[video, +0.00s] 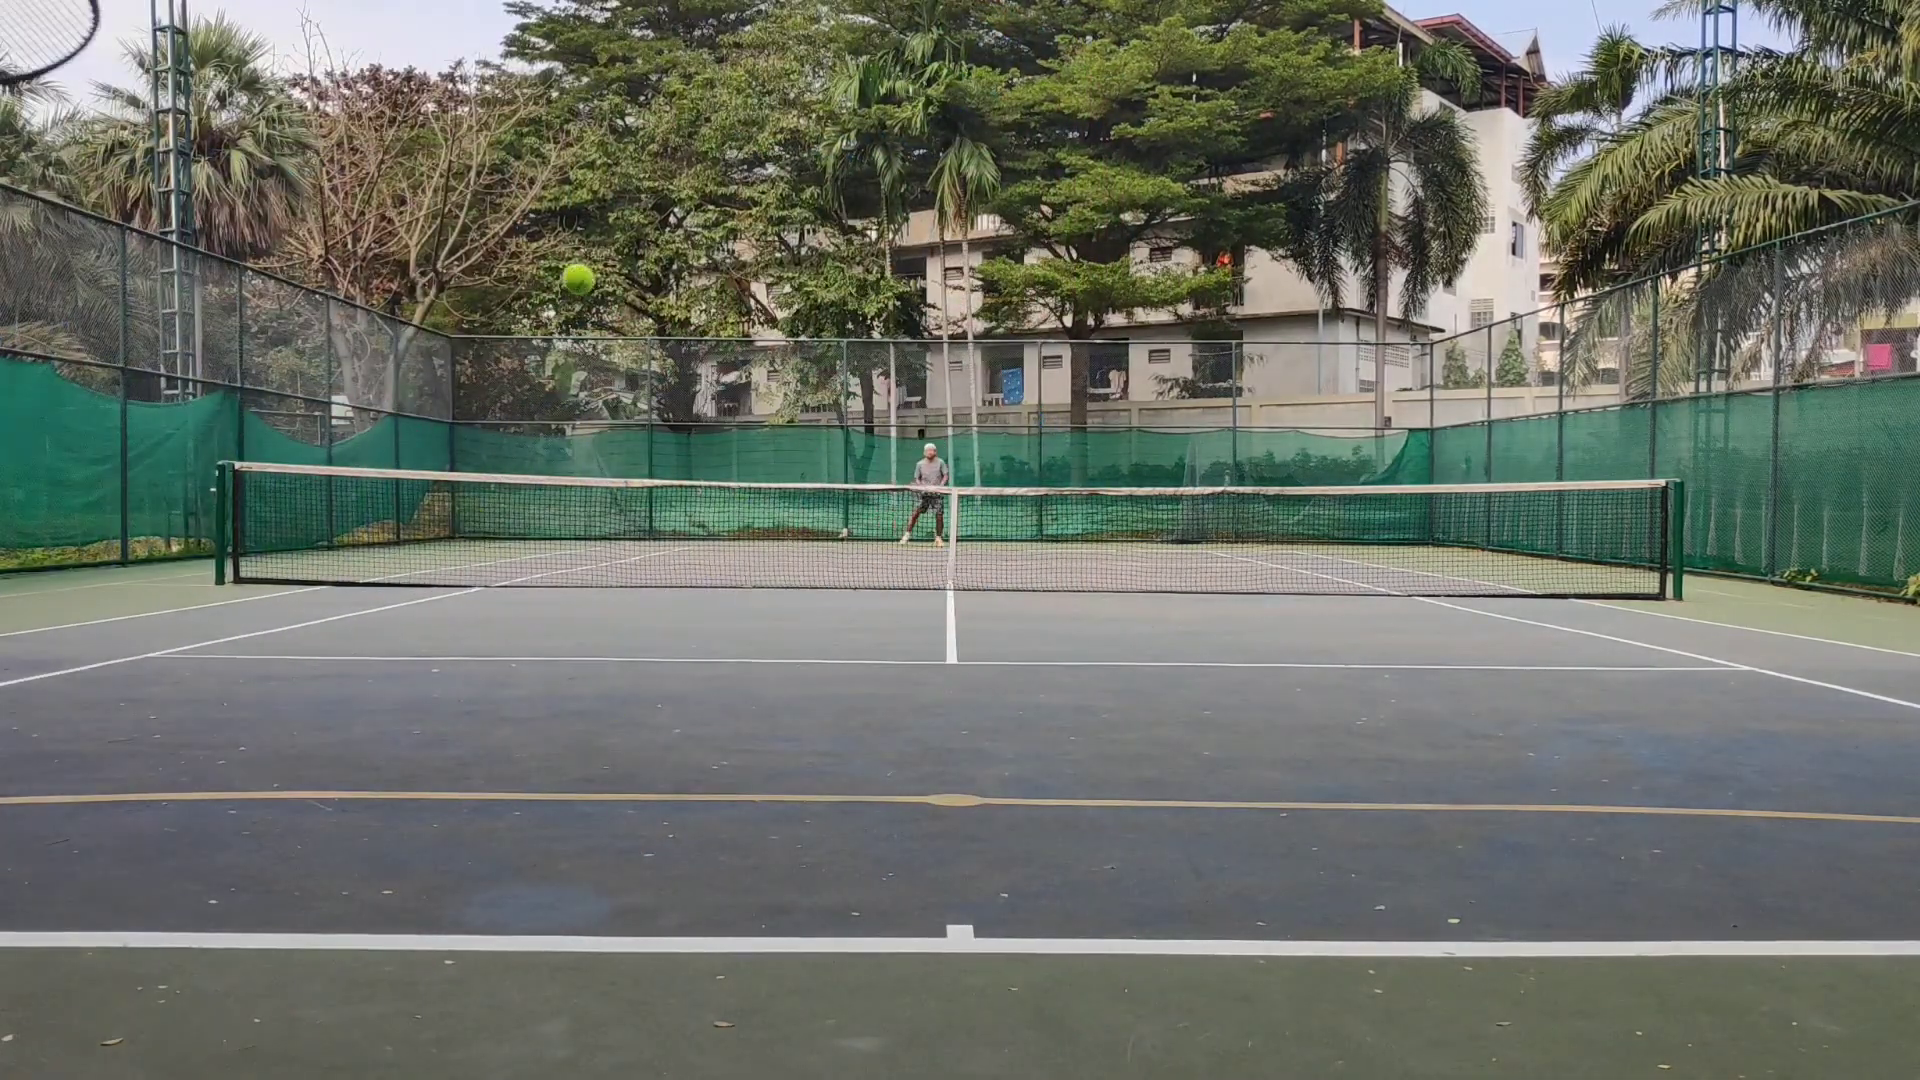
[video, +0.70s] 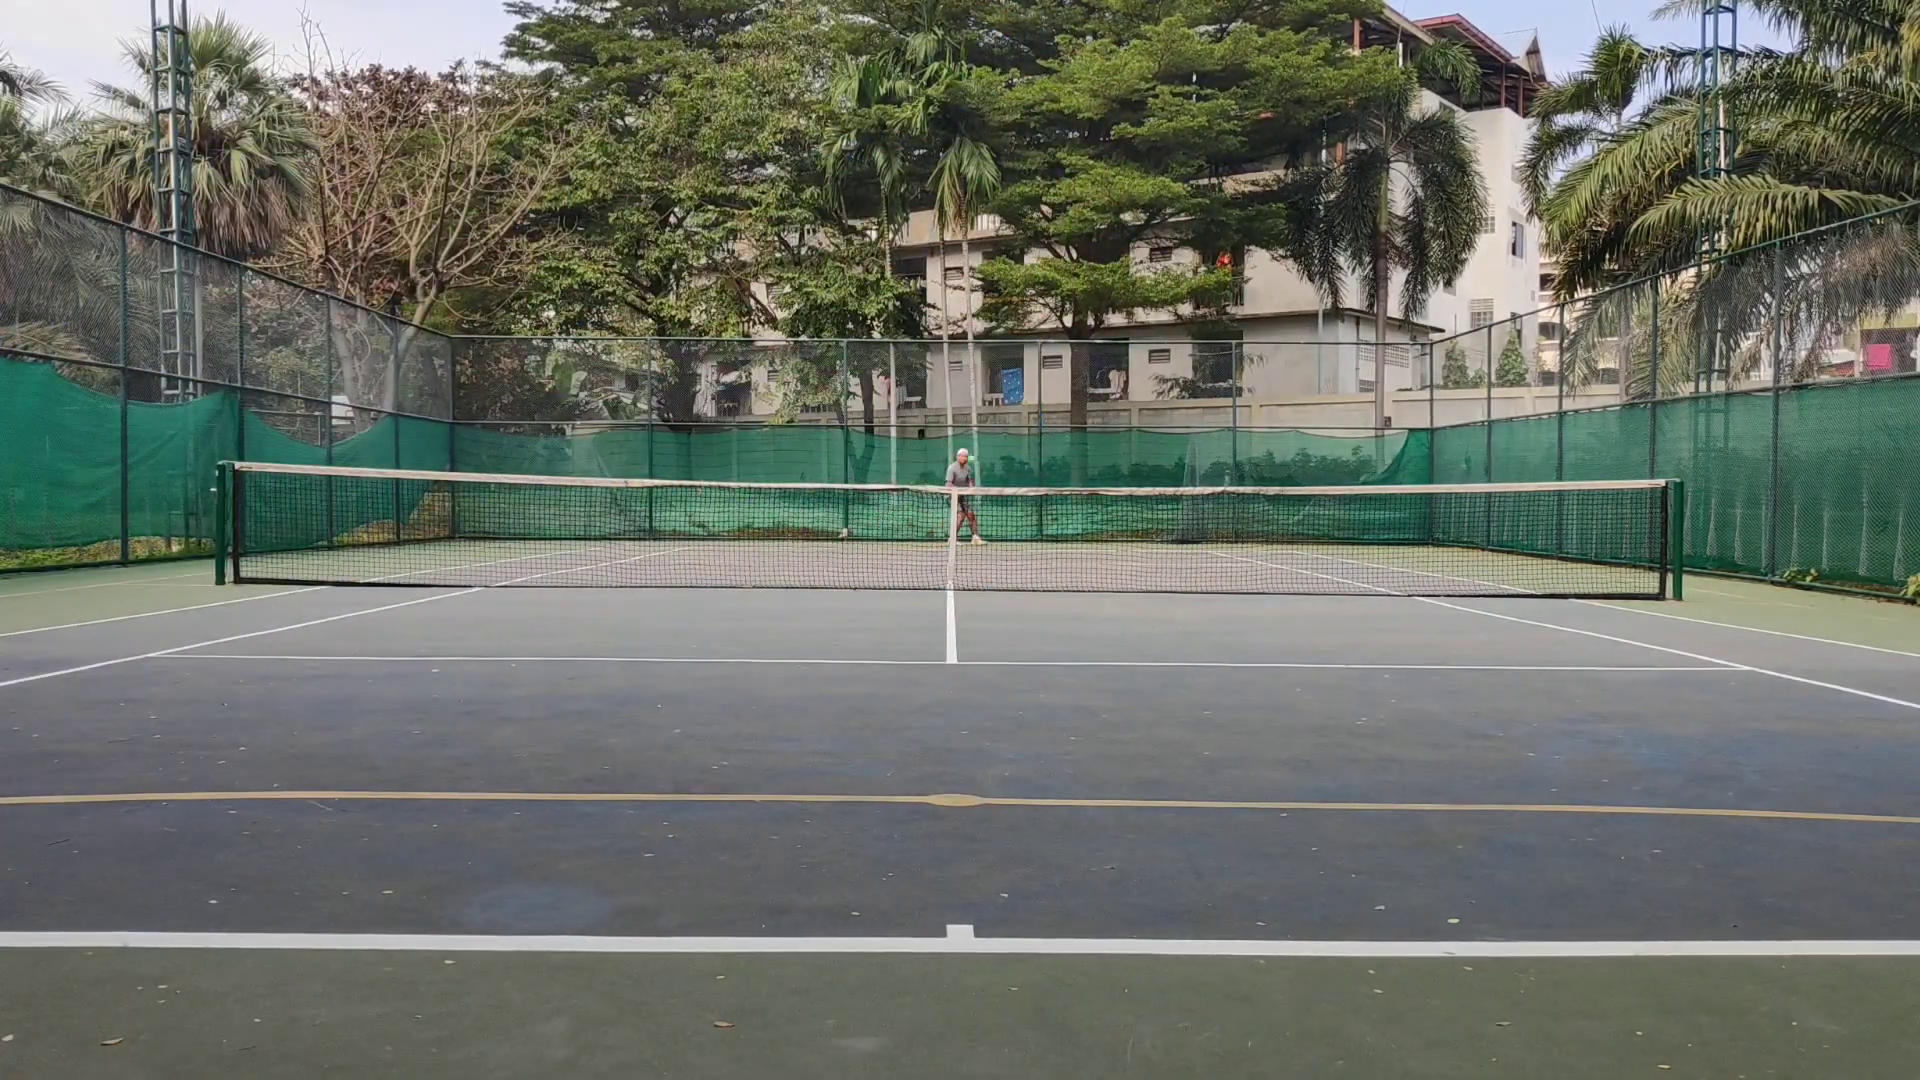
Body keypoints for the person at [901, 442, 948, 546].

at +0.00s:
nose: (930, 453)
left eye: (932, 450)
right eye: (928, 450)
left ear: (935, 452)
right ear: (924, 452)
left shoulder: (940, 462)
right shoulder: (920, 464)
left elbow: (946, 476)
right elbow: (917, 479)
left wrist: (940, 486)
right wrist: (923, 487)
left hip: (937, 492)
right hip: (925, 492)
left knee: (939, 515)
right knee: (917, 511)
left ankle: (939, 536)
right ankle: (908, 532)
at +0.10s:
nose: (935, 448)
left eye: (937, 446)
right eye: (933, 446)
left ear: (940, 447)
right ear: (930, 448)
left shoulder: (946, 458)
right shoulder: (926, 459)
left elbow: (952, 471)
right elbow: (922, 474)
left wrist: (945, 481)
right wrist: (928, 482)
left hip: (943, 486)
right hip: (930, 486)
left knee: (945, 511)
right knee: (926, 510)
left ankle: (944, 533)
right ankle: (923, 531)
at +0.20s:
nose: (940, 448)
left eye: (942, 446)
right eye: (938, 446)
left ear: (944, 447)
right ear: (934, 448)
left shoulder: (951, 458)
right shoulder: (931, 459)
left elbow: (956, 470)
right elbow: (927, 473)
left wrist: (950, 481)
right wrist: (933, 482)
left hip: (949, 486)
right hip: (937, 487)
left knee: (954, 511)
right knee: (935, 510)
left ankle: (956, 533)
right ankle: (931, 531)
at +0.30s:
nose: (945, 454)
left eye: (947, 451)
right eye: (943, 452)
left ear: (950, 453)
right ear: (940, 453)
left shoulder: (955, 463)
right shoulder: (936, 465)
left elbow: (963, 475)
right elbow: (933, 479)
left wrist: (956, 485)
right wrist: (939, 486)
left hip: (954, 492)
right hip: (942, 492)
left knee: (963, 513)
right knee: (940, 516)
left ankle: (971, 534)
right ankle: (936, 536)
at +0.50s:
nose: (957, 460)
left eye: (959, 458)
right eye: (955, 458)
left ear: (962, 460)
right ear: (952, 460)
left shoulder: (966, 470)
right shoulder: (947, 471)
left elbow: (972, 482)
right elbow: (943, 486)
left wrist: (968, 491)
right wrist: (952, 492)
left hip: (965, 495)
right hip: (953, 496)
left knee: (973, 515)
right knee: (954, 517)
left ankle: (977, 536)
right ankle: (947, 534)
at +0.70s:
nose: (964, 459)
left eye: (966, 457)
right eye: (962, 456)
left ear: (967, 458)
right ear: (958, 457)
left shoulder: (968, 468)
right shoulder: (952, 468)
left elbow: (969, 480)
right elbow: (948, 483)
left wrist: (971, 488)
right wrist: (957, 490)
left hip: (963, 494)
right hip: (953, 494)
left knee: (971, 515)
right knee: (961, 515)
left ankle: (975, 535)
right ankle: (952, 537)